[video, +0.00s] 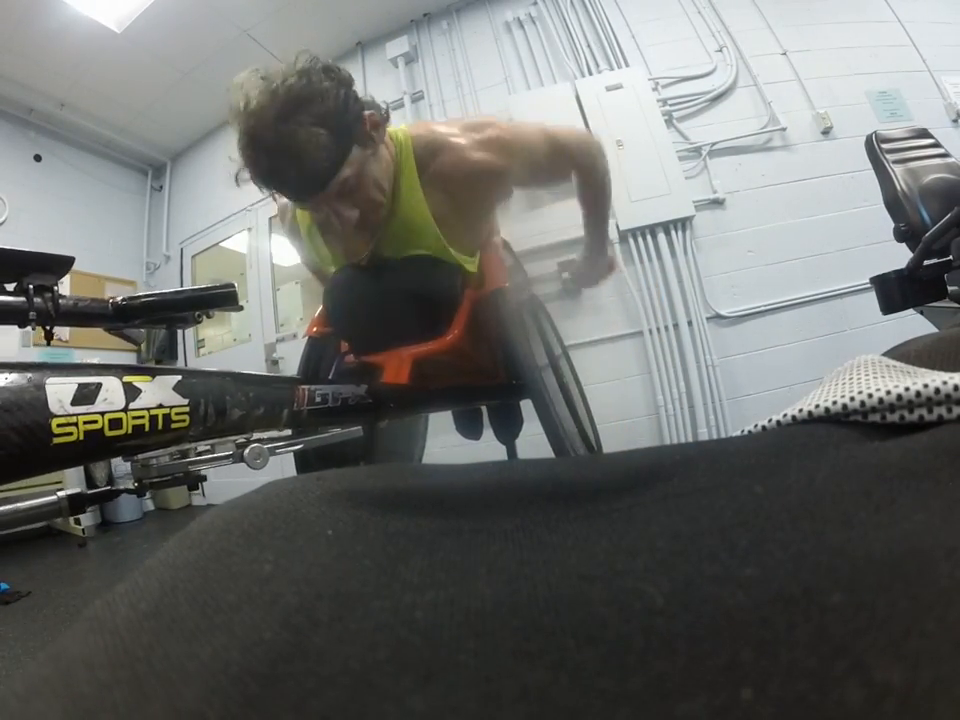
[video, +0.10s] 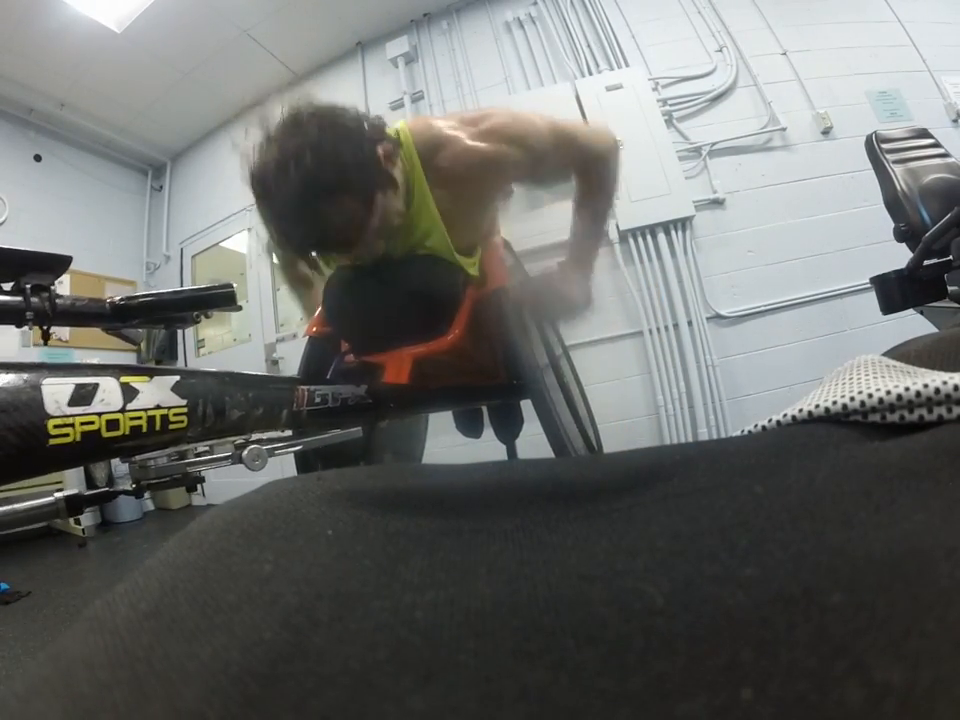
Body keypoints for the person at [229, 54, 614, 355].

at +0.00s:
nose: (342, 220)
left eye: (347, 190)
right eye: (316, 208)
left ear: (374, 131)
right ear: (291, 201)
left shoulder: (461, 161)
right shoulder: (297, 220)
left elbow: (586, 154)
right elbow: (330, 281)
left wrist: (597, 254)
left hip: (467, 287)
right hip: (375, 302)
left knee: (352, 300)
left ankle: (486, 381)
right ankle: (462, 389)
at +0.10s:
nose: (369, 252)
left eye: (371, 228)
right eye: (345, 249)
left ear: (387, 161)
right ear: (302, 240)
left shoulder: (464, 156)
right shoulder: (296, 209)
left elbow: (597, 150)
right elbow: (290, 260)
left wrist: (575, 272)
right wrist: (324, 321)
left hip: (465, 275)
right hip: (365, 297)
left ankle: (485, 391)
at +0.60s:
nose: (375, 265)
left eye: (376, 238)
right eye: (351, 264)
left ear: (387, 173)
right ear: (307, 250)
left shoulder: (464, 163)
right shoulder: (307, 234)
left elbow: (604, 176)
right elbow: (284, 275)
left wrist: (579, 299)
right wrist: (321, 334)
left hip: (471, 306)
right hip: (376, 330)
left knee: (415, 287)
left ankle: (483, 385)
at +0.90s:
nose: (338, 213)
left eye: (344, 186)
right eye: (313, 204)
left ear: (367, 127)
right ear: (290, 196)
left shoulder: (454, 163)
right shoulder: (298, 221)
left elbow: (578, 183)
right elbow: (321, 285)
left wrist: (606, 267)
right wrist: (350, 332)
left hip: (474, 301)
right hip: (381, 323)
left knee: (352, 296)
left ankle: (491, 388)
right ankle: (463, 392)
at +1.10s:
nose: (367, 270)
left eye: (367, 242)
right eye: (344, 270)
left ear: (380, 179)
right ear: (298, 255)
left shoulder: (465, 171)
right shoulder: (309, 239)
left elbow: (597, 227)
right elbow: (299, 310)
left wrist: (590, 369)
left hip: (474, 308)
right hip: (391, 334)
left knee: (404, 283)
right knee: (346, 303)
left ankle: (495, 379)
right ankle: (460, 384)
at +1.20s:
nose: (346, 250)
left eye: (348, 214)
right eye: (318, 239)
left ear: (365, 149)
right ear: (286, 231)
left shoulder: (461, 177)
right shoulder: (296, 255)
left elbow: (563, 276)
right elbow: (335, 339)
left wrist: (599, 371)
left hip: (495, 312)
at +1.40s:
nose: (349, 232)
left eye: (354, 203)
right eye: (321, 220)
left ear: (374, 137)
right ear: (292, 213)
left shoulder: (462, 161)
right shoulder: (298, 220)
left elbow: (583, 154)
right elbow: (330, 285)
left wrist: (600, 248)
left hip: (470, 291)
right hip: (385, 311)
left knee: (352, 295)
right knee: (349, 298)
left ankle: (494, 383)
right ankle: (457, 388)